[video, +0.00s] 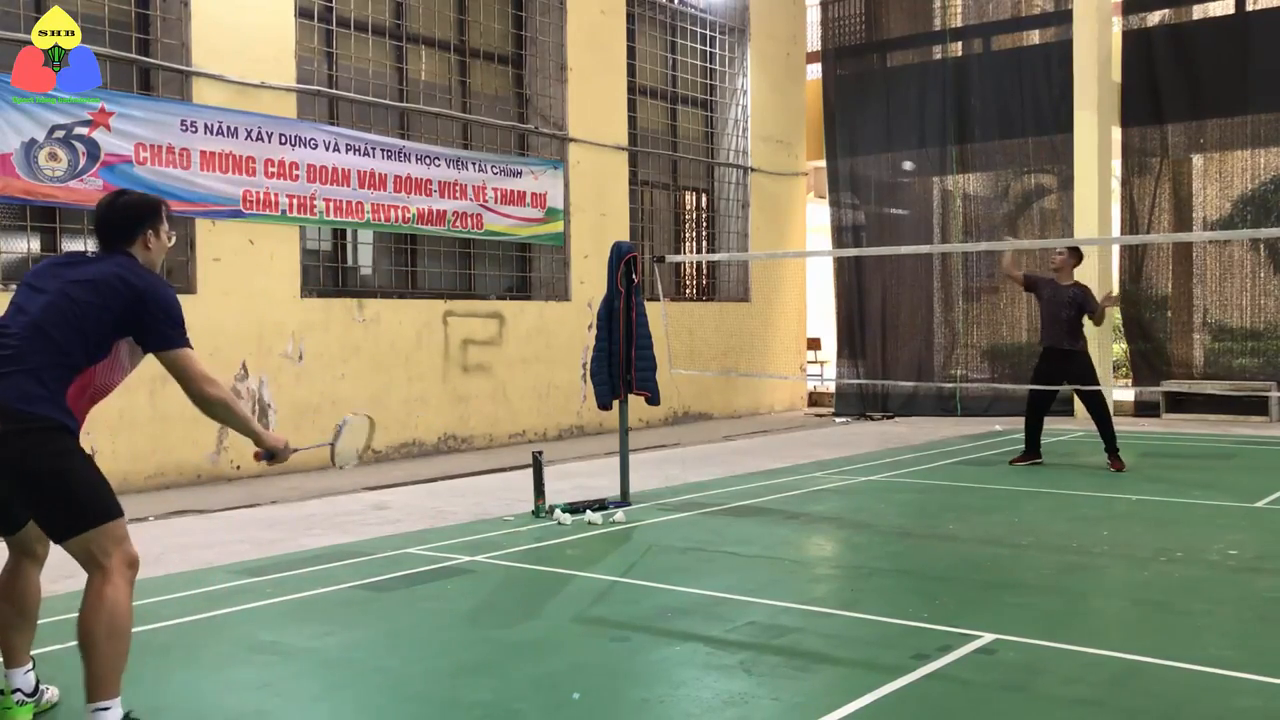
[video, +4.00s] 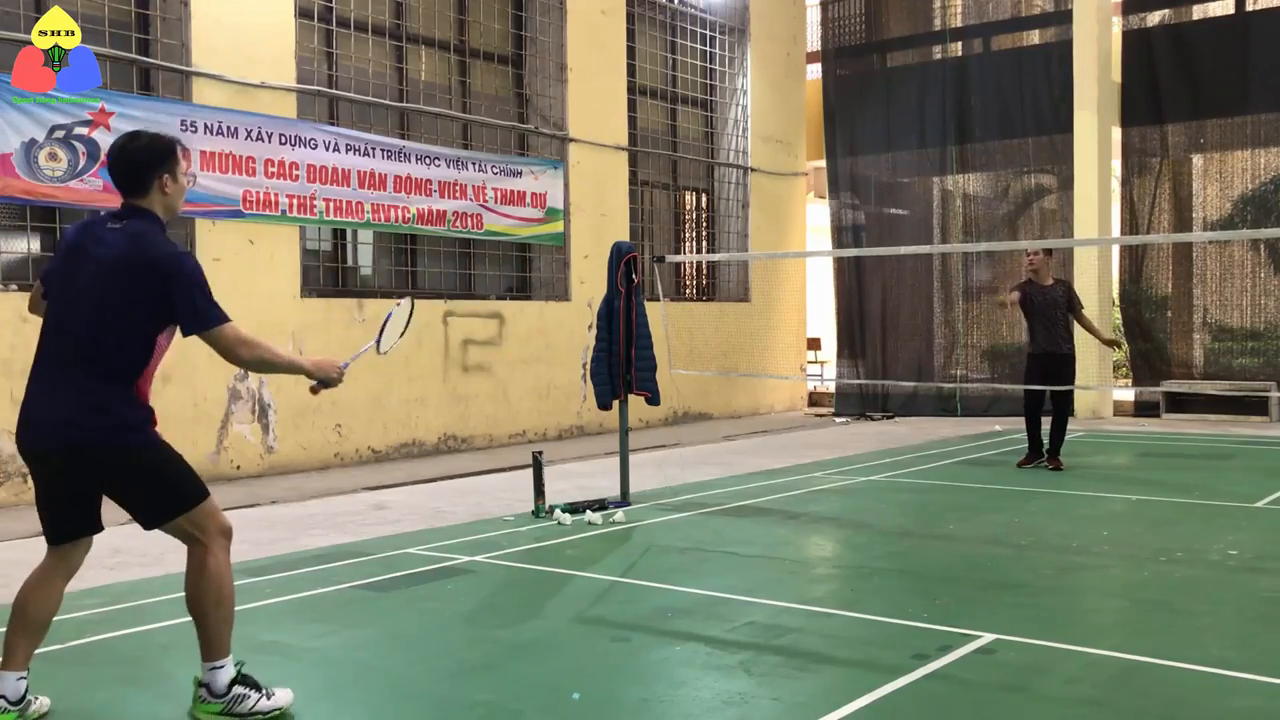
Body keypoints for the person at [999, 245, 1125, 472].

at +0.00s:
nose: (1053, 256)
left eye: (1060, 254)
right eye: (1055, 253)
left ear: (1073, 261)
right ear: (1054, 260)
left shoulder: (1081, 291)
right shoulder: (1043, 284)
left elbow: (1098, 321)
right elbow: (1009, 270)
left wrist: (1102, 306)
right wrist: (1010, 246)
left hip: (1077, 356)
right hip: (1050, 355)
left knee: (1097, 405)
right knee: (1035, 403)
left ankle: (1113, 454)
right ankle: (1032, 451)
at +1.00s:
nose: (1050, 260)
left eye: (1055, 256)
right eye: (1049, 256)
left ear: (1070, 262)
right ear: (1048, 262)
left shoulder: (1083, 292)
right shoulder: (1042, 288)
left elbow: (1099, 322)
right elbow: (1010, 289)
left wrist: (1108, 307)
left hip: (1081, 359)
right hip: (1052, 358)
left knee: (1098, 408)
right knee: (1037, 405)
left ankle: (1106, 456)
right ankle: (1032, 452)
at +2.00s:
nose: (1036, 266)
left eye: (1041, 262)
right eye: (1035, 263)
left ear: (1055, 263)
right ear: (1035, 267)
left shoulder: (1077, 290)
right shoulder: (1037, 295)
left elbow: (1092, 319)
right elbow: (1029, 318)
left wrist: (1095, 306)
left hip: (1074, 359)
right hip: (1046, 359)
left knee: (1091, 406)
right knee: (1029, 401)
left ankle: (1105, 455)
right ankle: (1030, 453)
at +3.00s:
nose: (1040, 260)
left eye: (1045, 256)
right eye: (1037, 256)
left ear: (1055, 260)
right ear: (1033, 261)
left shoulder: (1067, 289)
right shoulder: (1029, 290)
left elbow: (1080, 316)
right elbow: (1014, 300)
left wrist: (1109, 318)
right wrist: (1002, 304)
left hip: (1067, 358)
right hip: (1039, 358)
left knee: (1080, 406)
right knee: (1030, 406)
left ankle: (1087, 454)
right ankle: (1029, 455)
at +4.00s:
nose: (1029, 259)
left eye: (1034, 254)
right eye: (1027, 255)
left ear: (1047, 258)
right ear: (1026, 260)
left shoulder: (1064, 287)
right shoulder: (1024, 288)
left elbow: (1080, 317)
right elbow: (1013, 297)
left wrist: (1102, 338)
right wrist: (1007, 301)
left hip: (1063, 355)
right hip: (1037, 355)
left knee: (1061, 408)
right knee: (1032, 406)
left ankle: (1053, 455)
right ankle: (1035, 452)